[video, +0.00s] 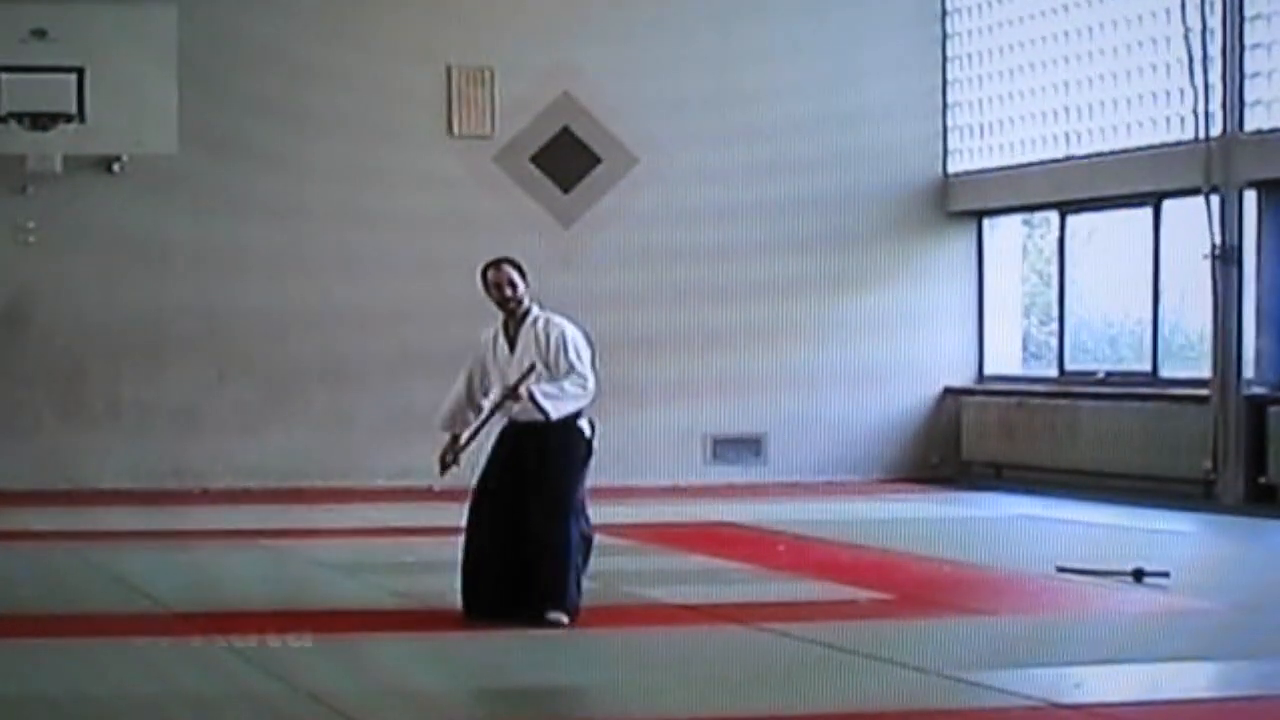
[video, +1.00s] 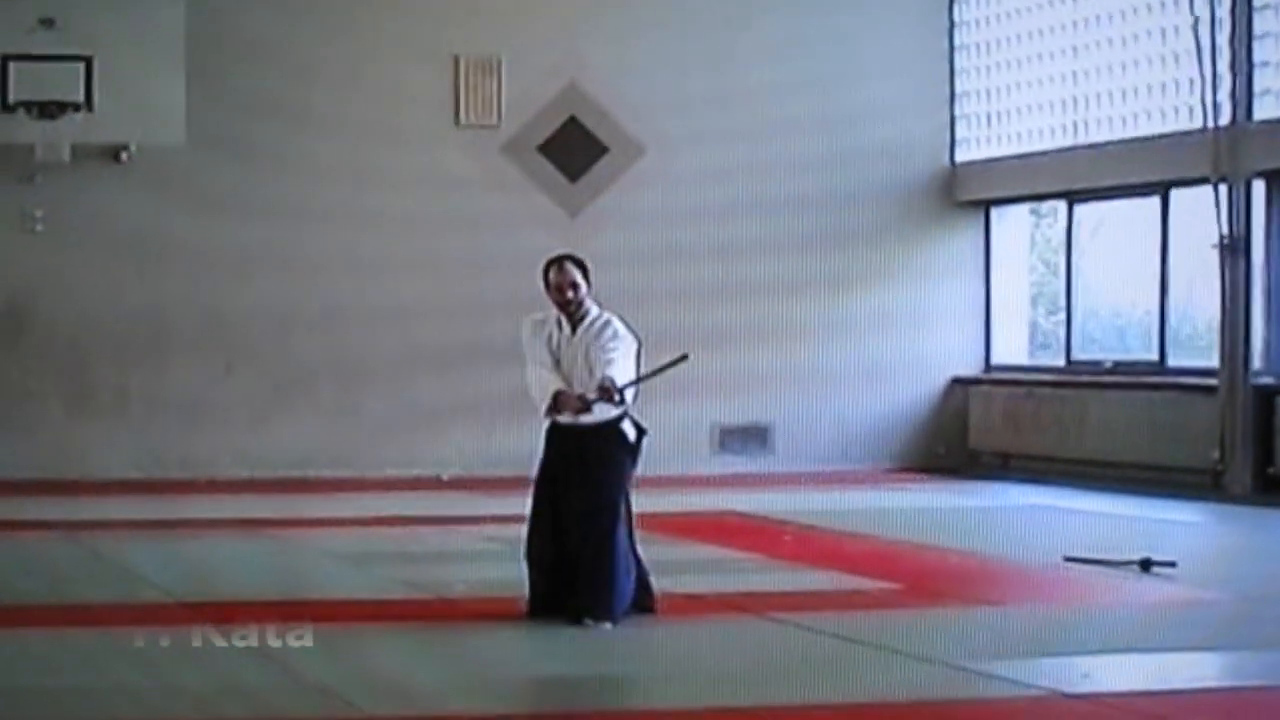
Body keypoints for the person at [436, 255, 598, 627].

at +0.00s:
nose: (506, 293)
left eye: (511, 284)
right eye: (497, 288)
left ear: (525, 285)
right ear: (489, 296)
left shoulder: (558, 332)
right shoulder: (492, 342)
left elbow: (583, 385)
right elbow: (472, 393)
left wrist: (534, 394)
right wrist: (456, 437)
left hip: (560, 433)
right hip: (517, 432)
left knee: (555, 516)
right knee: (491, 510)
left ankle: (558, 602)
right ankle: (495, 601)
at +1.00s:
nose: (567, 295)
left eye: (573, 286)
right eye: (559, 289)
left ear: (587, 286)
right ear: (549, 293)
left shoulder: (612, 333)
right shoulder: (539, 328)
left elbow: (620, 392)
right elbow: (537, 373)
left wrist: (600, 397)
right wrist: (561, 397)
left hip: (606, 433)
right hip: (563, 431)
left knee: (598, 519)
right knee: (550, 515)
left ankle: (601, 607)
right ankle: (550, 603)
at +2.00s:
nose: (448, 243)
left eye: (453, 233)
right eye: (438, 238)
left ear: (468, 234)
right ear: (432, 246)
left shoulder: (495, 282)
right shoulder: (431, 283)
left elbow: (517, 338)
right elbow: (403, 293)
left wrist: (486, 351)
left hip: (494, 390)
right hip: (449, 388)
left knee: (506, 473)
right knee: (420, 469)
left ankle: (550, 563)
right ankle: (433, 562)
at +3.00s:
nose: (509, 245)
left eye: (515, 236)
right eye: (499, 239)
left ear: (528, 238)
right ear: (490, 246)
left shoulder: (556, 289)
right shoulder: (481, 290)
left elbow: (572, 351)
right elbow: (457, 335)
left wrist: (545, 338)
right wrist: (410, 330)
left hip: (553, 395)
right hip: (503, 393)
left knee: (574, 476)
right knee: (471, 470)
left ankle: (602, 551)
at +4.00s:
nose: (615, 224)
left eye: (621, 216)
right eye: (606, 218)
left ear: (634, 221)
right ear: (594, 225)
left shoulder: (654, 270)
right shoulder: (578, 272)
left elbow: (660, 311)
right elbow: (576, 330)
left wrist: (661, 333)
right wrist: (616, 355)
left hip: (639, 376)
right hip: (593, 376)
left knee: (638, 466)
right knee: (594, 465)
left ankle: (649, 554)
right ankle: (598, 552)